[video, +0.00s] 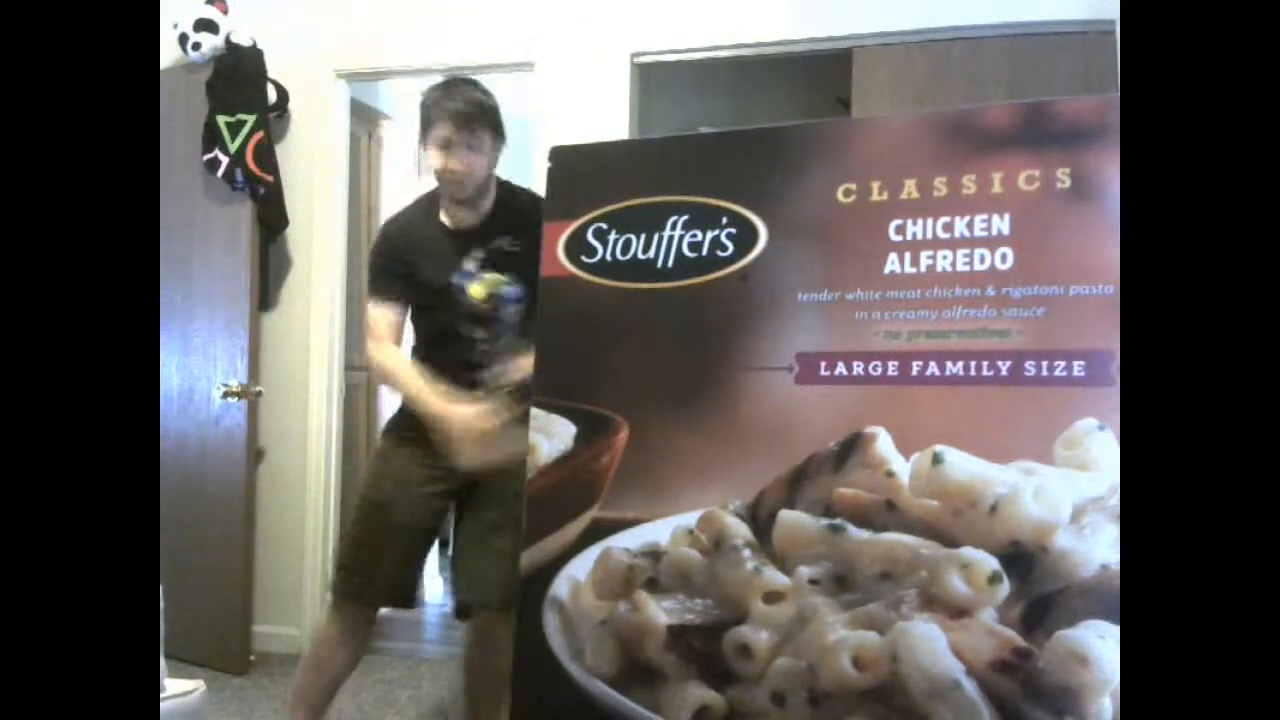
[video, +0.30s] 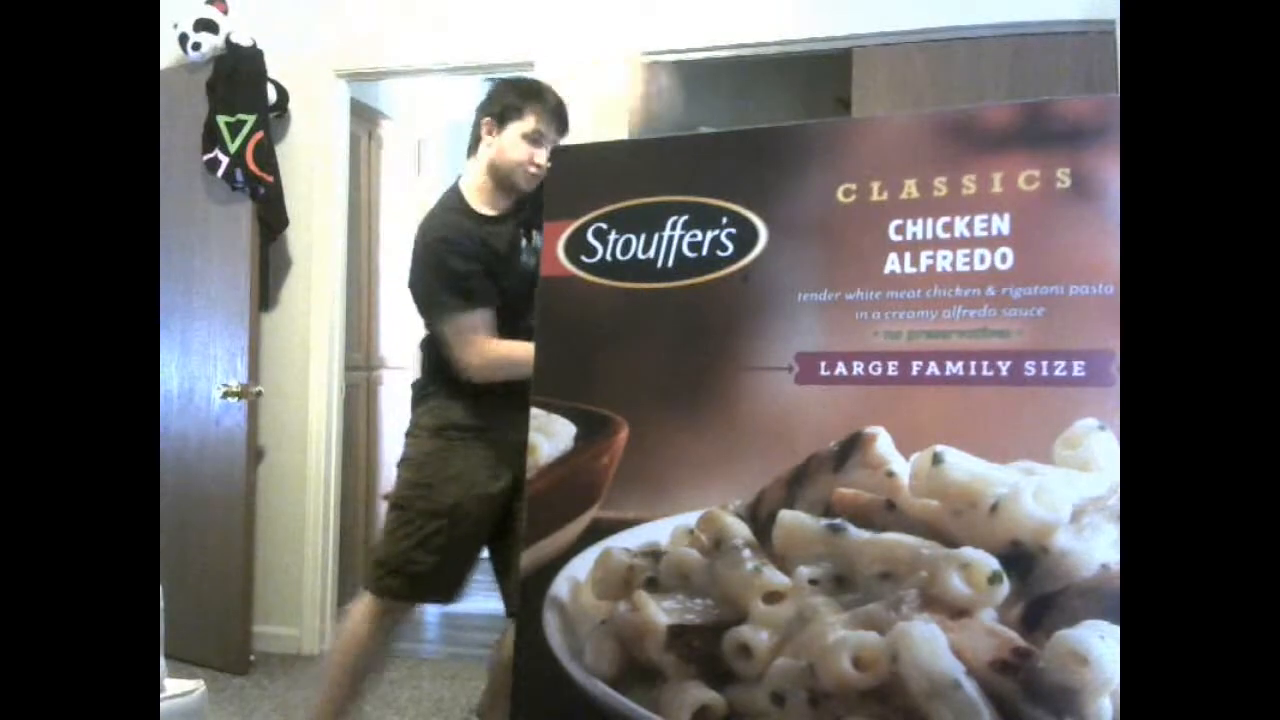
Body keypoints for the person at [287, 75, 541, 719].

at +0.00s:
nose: (452, 162)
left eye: (468, 148)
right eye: (441, 146)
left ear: (496, 152)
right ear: (425, 151)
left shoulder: (540, 225)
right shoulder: (403, 235)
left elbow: (586, 321)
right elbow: (380, 348)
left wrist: (529, 364)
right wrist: (450, 411)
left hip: (508, 428)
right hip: (424, 423)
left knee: (493, 609)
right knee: (355, 598)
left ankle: (488, 717)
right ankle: (300, 713)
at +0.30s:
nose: (543, 159)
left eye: (552, 148)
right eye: (532, 140)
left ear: (554, 152)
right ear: (487, 132)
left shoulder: (536, 211)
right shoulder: (447, 234)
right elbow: (475, 357)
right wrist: (577, 349)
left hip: (527, 424)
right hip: (457, 428)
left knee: (541, 606)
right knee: (389, 597)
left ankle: (497, 713)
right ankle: (325, 712)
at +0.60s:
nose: (517, 196)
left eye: (532, 185)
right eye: (512, 180)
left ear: (560, 190)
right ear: (504, 174)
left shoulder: (565, 258)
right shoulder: (467, 207)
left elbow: (577, 339)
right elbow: (400, 183)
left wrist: (519, 342)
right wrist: (384, 177)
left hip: (506, 422)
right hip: (437, 404)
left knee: (503, 581)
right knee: (450, 556)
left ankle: (495, 706)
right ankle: (462, 707)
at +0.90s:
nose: (480, 135)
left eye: (497, 123)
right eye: (481, 123)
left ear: (542, 138)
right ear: (484, 134)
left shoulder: (551, 228)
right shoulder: (487, 191)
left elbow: (453, 279)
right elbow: (449, 95)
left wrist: (391, 222)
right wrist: (453, 46)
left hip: (495, 418)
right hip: (416, 397)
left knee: (487, 586)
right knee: (354, 532)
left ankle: (478, 714)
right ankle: (344, 701)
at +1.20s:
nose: (473, 147)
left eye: (489, 137)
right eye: (476, 134)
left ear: (531, 152)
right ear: (489, 145)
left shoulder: (549, 244)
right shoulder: (466, 191)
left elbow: (448, 318)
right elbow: (392, 125)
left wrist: (390, 274)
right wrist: (382, 55)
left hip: (492, 438)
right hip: (410, 419)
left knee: (472, 612)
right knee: (346, 585)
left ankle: (474, 719)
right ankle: (332, 717)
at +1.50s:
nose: (449, 122)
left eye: (463, 110)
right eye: (454, 111)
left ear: (499, 127)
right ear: (494, 129)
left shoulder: (529, 216)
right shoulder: (473, 181)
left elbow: (413, 290)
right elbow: (445, 99)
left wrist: (393, 260)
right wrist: (415, 37)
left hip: (483, 427)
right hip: (408, 413)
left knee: (465, 603)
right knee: (352, 575)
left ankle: (473, 718)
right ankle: (335, 715)